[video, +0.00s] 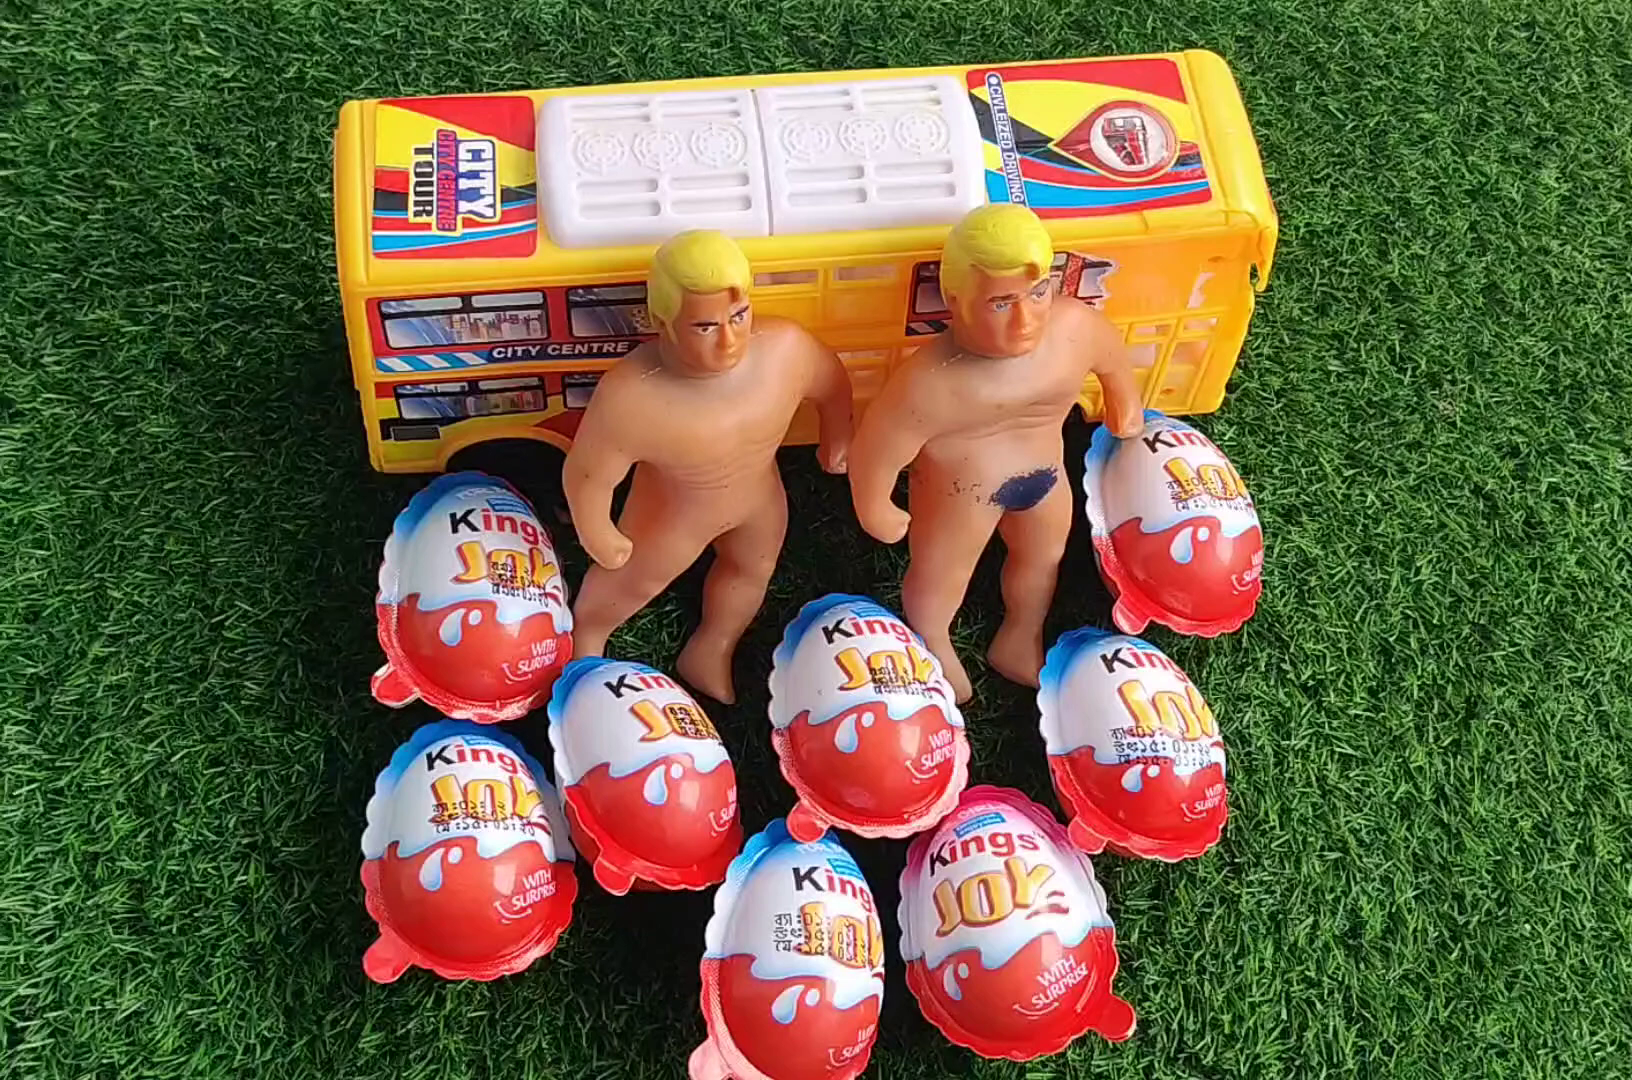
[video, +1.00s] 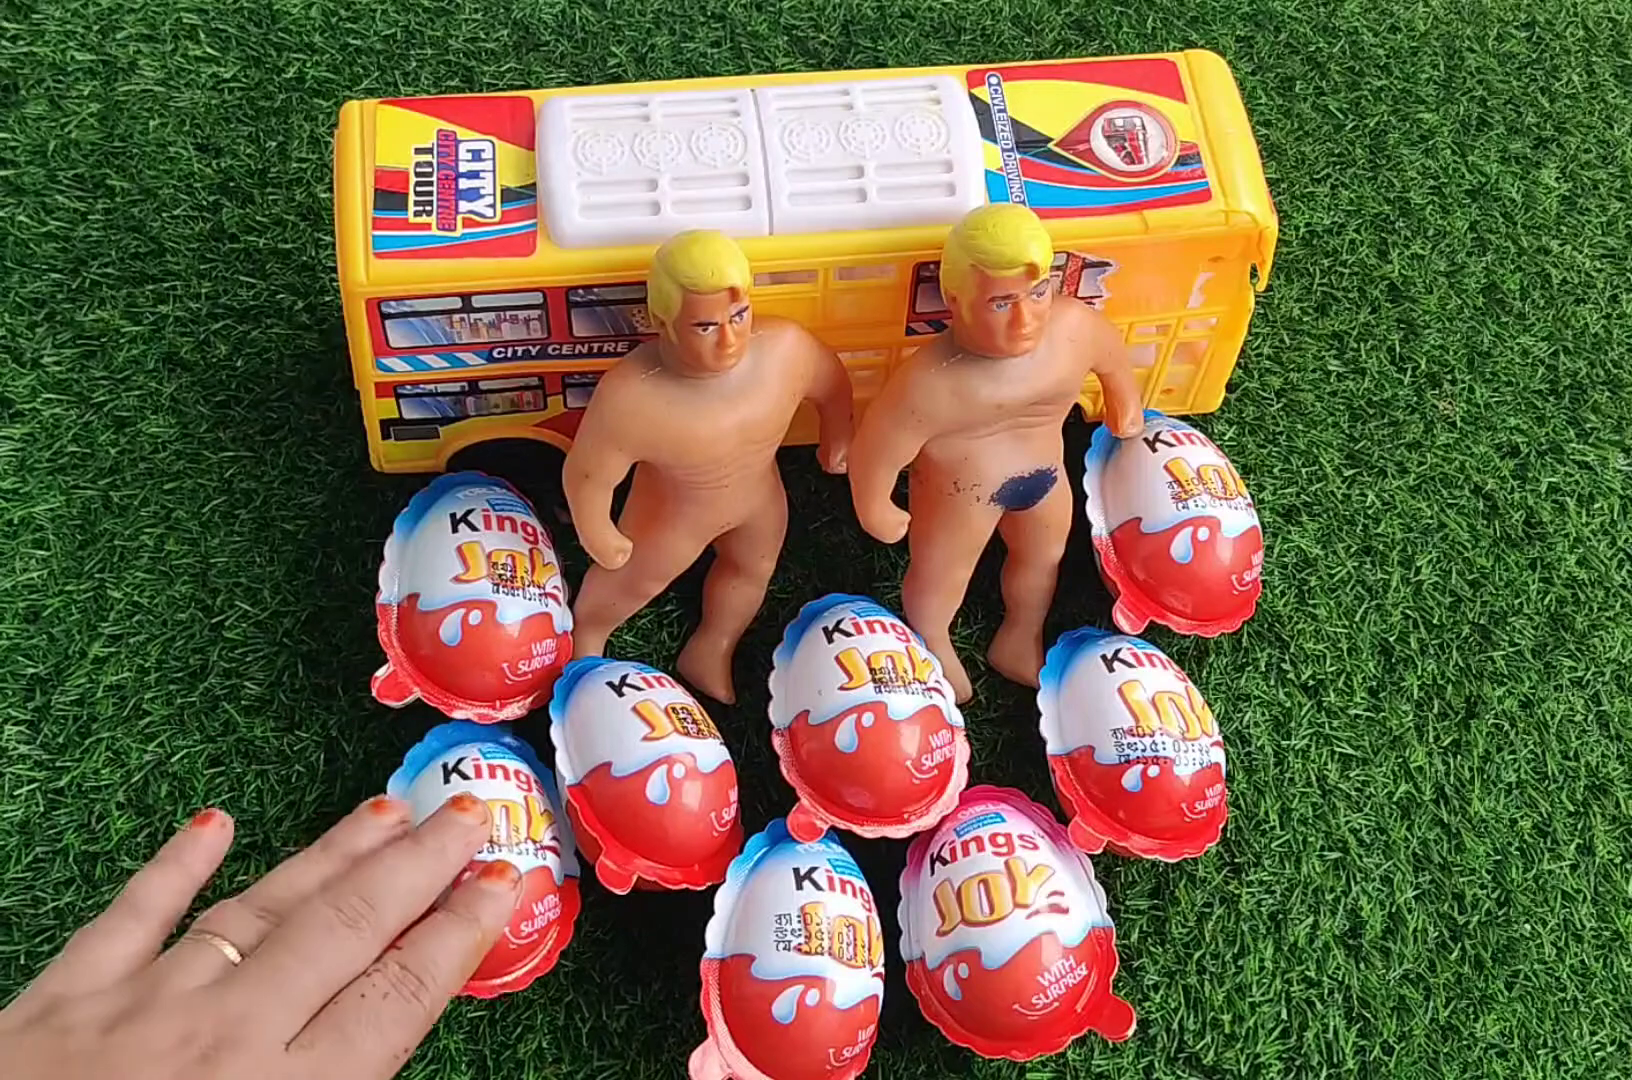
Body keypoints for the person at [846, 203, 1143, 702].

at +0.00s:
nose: (1024, 317)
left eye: (1036, 295)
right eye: (1000, 302)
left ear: (1050, 285)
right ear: (953, 304)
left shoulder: (1078, 328)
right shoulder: (926, 383)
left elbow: (1112, 359)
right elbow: (873, 453)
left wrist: (1126, 407)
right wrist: (877, 514)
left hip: (1045, 478)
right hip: (959, 492)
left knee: (1040, 564)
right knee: (939, 581)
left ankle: (1020, 643)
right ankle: (933, 648)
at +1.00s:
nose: (1024, 317)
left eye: (1037, 295)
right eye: (1000, 302)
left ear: (1051, 285)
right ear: (953, 304)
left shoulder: (1077, 327)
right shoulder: (926, 384)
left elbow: (1113, 358)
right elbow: (873, 453)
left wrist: (1126, 408)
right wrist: (878, 514)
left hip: (1045, 480)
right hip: (958, 495)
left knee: (1040, 564)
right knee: (939, 581)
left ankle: (1020, 643)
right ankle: (933, 645)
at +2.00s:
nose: (1024, 316)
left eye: (1037, 294)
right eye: (1000, 302)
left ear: (1051, 284)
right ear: (954, 304)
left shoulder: (1078, 327)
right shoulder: (927, 382)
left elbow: (1113, 358)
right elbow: (874, 452)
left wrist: (1126, 406)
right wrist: (877, 514)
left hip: (1045, 477)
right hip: (959, 493)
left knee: (1041, 561)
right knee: (940, 580)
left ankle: (1020, 642)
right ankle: (933, 645)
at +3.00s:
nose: (1023, 317)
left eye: (1036, 294)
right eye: (999, 302)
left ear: (1052, 284)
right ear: (953, 304)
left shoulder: (1077, 326)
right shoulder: (927, 384)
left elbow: (1113, 359)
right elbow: (874, 452)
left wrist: (1126, 404)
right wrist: (878, 514)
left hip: (1045, 478)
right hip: (959, 494)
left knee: (1041, 561)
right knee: (940, 579)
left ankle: (1020, 642)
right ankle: (932, 645)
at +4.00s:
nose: (1024, 316)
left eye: (1036, 294)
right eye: (1000, 302)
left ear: (1049, 284)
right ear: (953, 303)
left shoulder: (1077, 326)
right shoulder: (927, 383)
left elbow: (1112, 357)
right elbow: (873, 456)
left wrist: (1125, 404)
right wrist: (875, 513)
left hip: (1044, 478)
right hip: (958, 493)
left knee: (1040, 561)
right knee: (938, 580)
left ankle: (1019, 643)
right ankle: (934, 647)